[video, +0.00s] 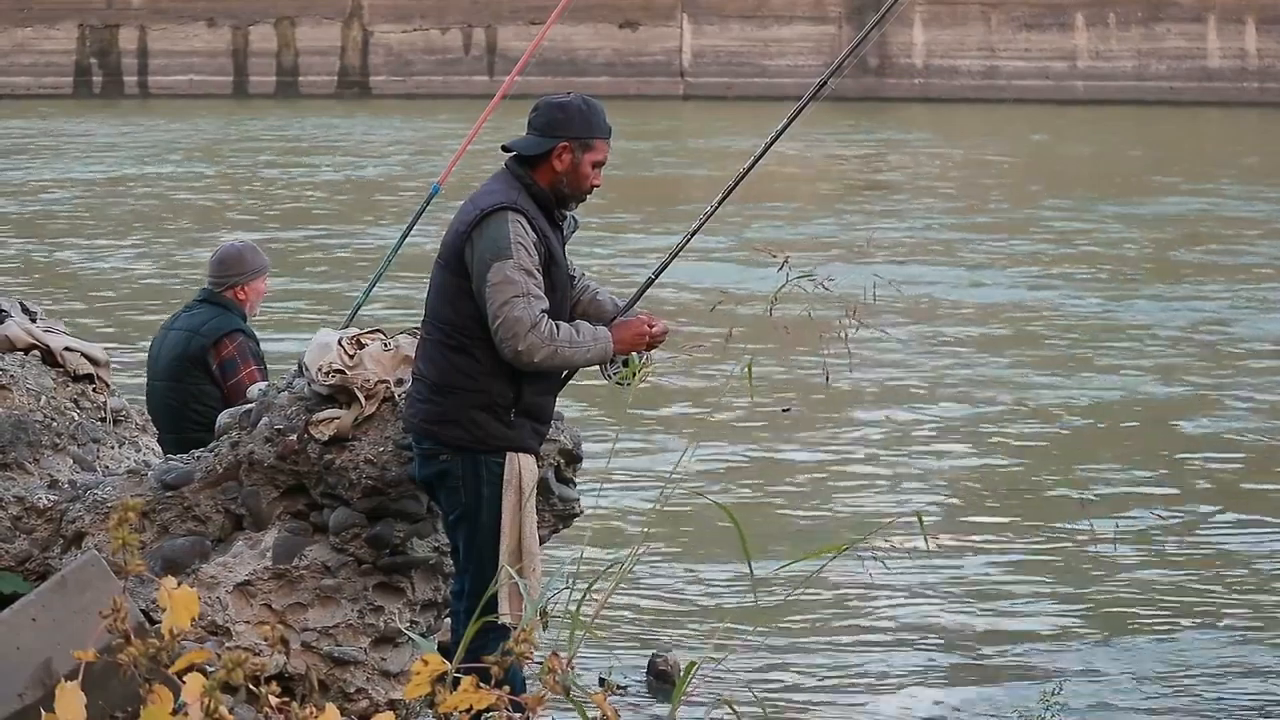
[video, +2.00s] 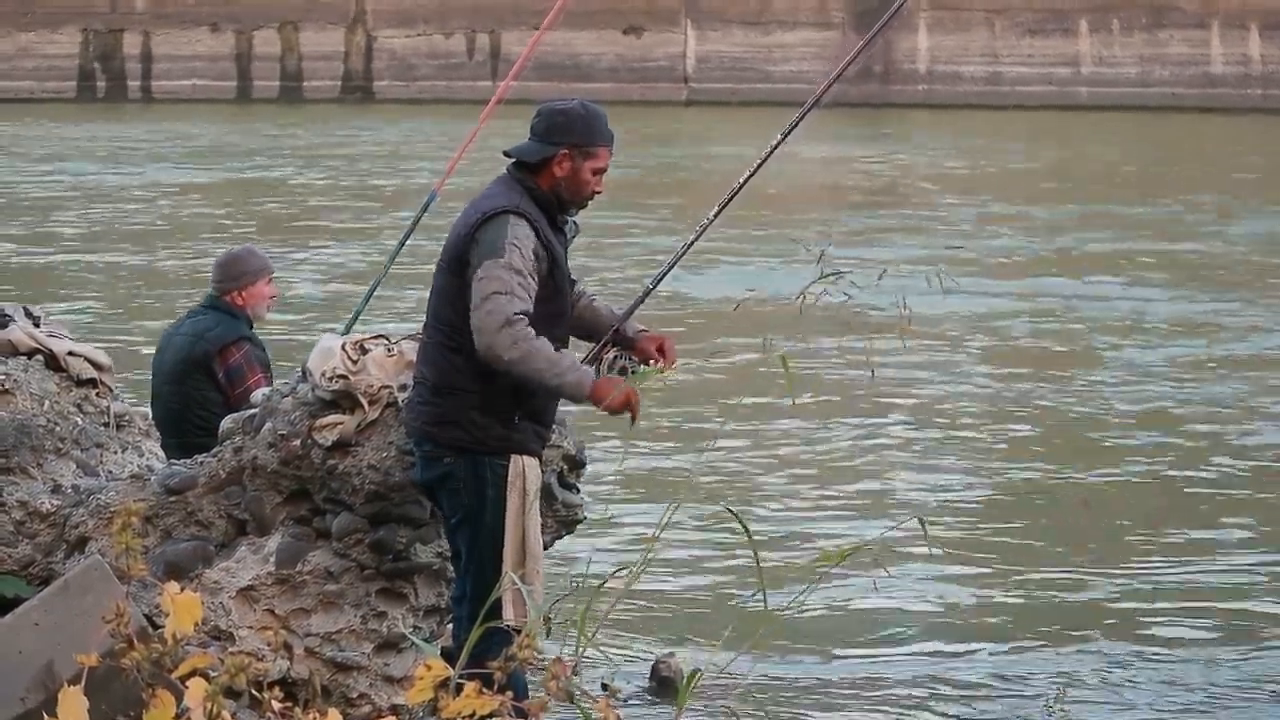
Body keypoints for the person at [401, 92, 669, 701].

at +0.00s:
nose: (600, 178)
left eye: (603, 165)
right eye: (596, 164)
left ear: (562, 156)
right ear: (560, 156)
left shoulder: (535, 214)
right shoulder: (505, 221)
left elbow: (566, 293)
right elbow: (524, 339)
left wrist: (622, 319)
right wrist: (611, 340)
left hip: (493, 433)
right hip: (468, 438)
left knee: (497, 589)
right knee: (489, 594)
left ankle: (490, 706)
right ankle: (487, 709)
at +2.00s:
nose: (602, 184)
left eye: (605, 171)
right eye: (597, 170)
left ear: (563, 161)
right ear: (561, 162)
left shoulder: (535, 217)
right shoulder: (510, 224)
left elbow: (558, 300)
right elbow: (500, 331)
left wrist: (627, 336)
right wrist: (590, 383)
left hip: (494, 437)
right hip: (470, 443)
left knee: (498, 592)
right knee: (489, 598)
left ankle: (491, 710)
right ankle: (484, 713)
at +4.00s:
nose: (590, 176)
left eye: (591, 164)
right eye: (588, 164)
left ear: (535, 160)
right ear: (572, 168)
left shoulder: (527, 221)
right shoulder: (508, 229)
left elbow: (561, 305)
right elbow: (541, 341)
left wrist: (624, 326)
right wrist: (622, 349)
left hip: (490, 440)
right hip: (471, 444)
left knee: (499, 587)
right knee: (491, 591)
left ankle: (496, 707)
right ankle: (492, 710)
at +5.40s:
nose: (594, 173)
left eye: (594, 162)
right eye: (592, 162)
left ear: (541, 162)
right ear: (573, 168)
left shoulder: (525, 223)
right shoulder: (511, 231)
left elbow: (563, 309)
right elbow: (546, 343)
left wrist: (629, 330)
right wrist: (624, 343)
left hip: (484, 445)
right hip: (475, 449)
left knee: (488, 601)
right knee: (497, 606)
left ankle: (480, 710)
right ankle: (498, 714)